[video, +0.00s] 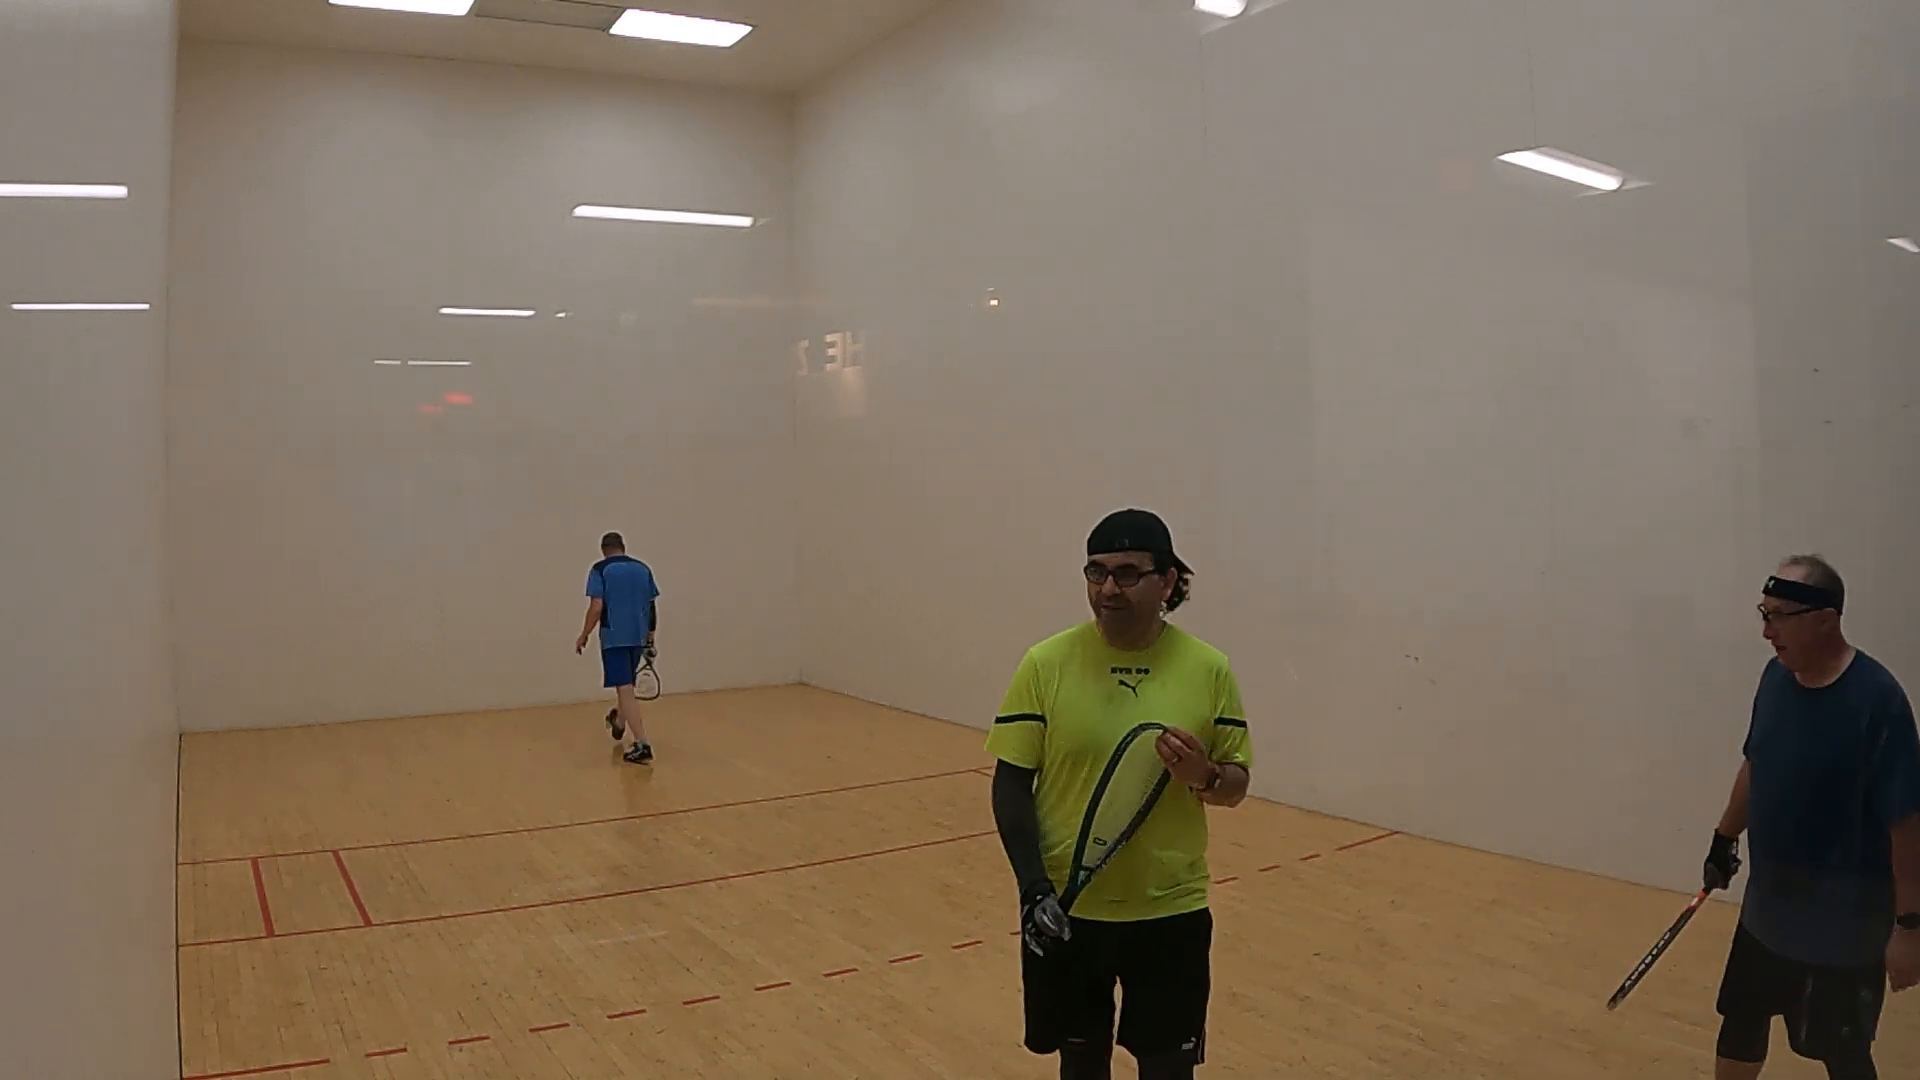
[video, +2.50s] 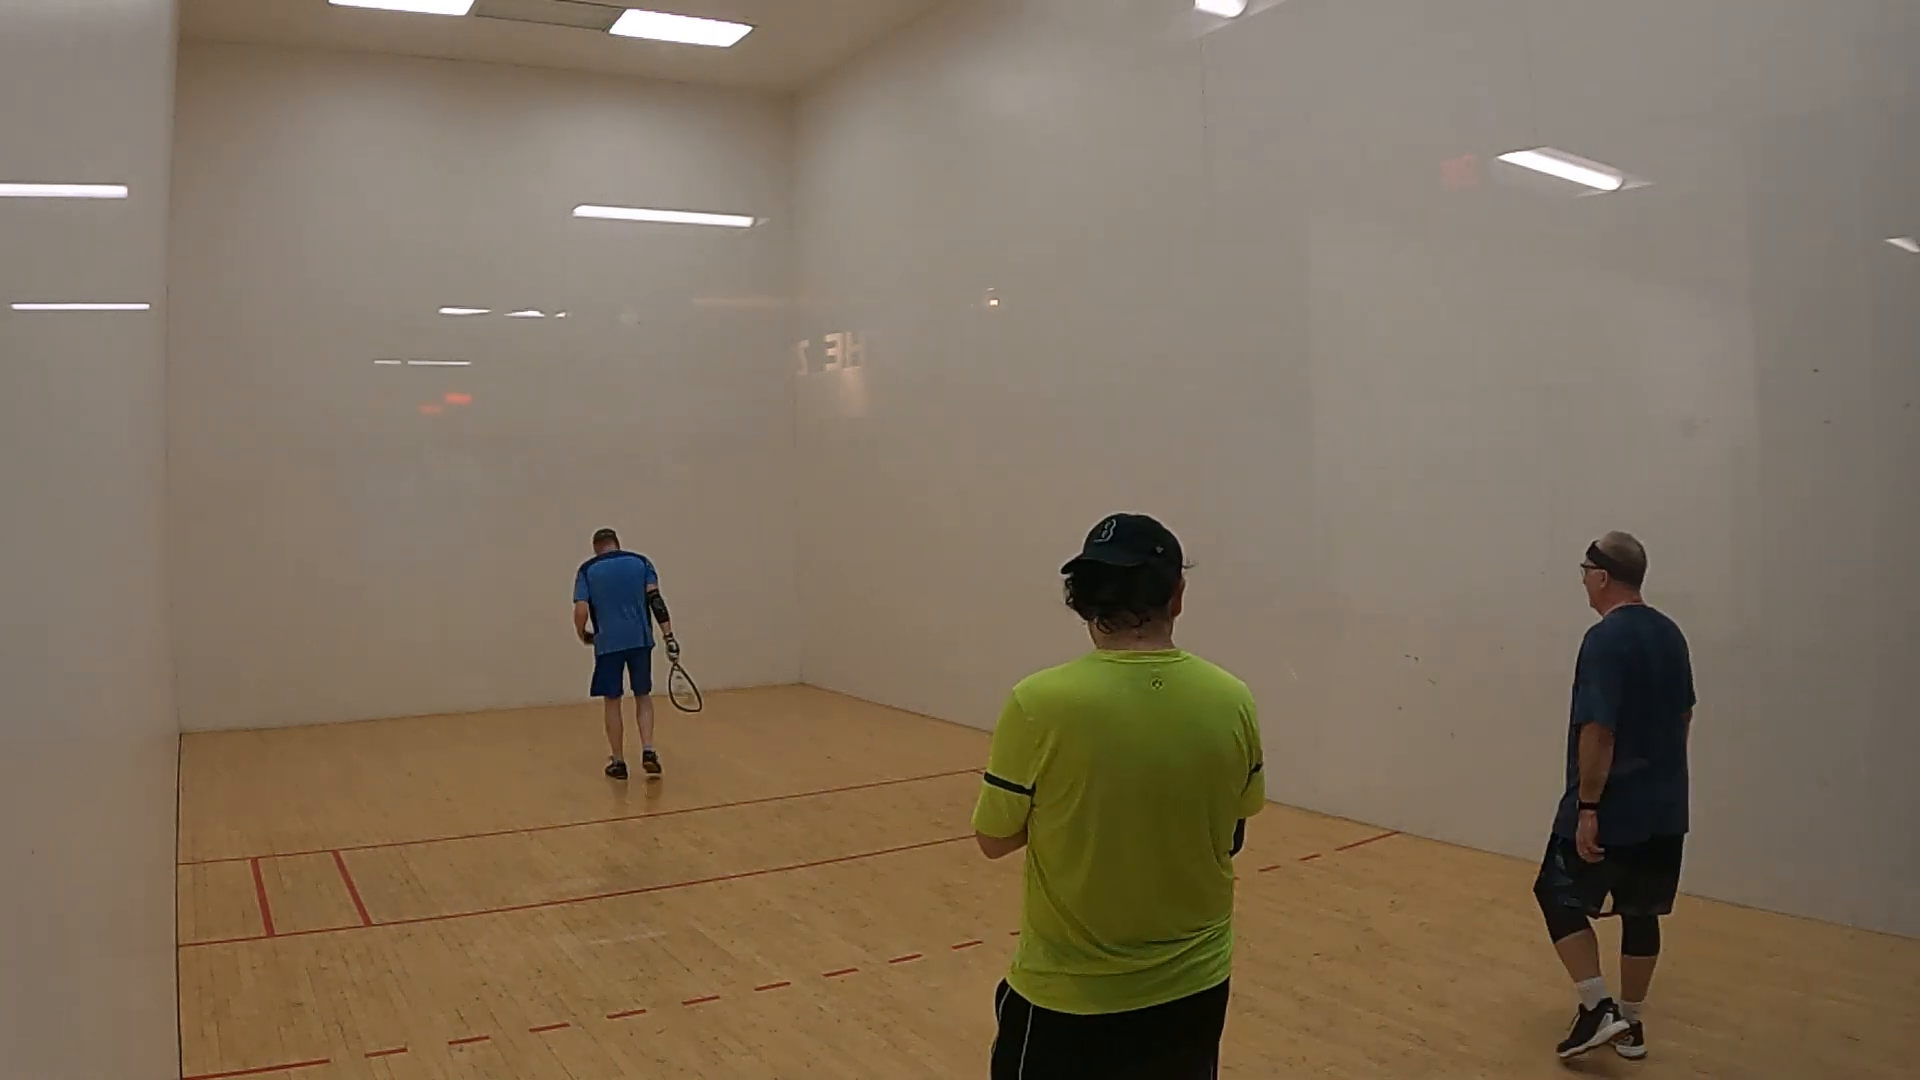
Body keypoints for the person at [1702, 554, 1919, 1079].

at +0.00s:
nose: (1764, 628)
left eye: (1776, 615)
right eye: (1763, 615)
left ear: (1825, 619)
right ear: (1816, 620)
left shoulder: (1879, 700)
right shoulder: (1779, 675)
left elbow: (1904, 821)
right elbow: (1755, 764)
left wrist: (1909, 924)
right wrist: (1724, 839)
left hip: (1846, 925)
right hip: (1770, 909)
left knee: (1846, 1056)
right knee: (1740, 1028)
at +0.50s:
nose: (1784, 607)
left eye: (1793, 595)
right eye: (1787, 595)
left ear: (1828, 606)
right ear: (1827, 607)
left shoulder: (1879, 686)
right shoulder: (1833, 678)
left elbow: (1890, 810)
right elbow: (1828, 785)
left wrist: (1873, 913)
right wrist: (1792, 861)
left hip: (1855, 905)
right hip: (1821, 895)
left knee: (1844, 1046)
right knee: (1829, 1038)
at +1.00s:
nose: (1780, 600)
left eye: (1786, 589)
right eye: (1782, 589)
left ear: (1812, 597)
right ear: (1835, 599)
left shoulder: (1833, 670)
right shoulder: (1869, 663)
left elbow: (1818, 787)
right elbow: (1858, 787)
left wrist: (1786, 881)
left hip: (1816, 881)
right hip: (1861, 881)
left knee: (1754, 988)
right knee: (1841, 997)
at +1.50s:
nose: (1707, 605)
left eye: (1709, 595)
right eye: (1707, 595)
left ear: (1724, 601)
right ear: (1764, 599)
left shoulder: (1722, 669)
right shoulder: (1809, 662)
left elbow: (1707, 778)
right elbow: (1833, 756)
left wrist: (1688, 859)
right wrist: (1821, 829)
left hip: (1733, 862)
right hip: (1802, 863)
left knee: (1695, 957)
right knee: (1802, 983)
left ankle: (1692, 1071)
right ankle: (1825, 1076)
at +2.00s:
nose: (1635, 592)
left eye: (1637, 584)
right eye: (1637, 583)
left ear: (1649, 591)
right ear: (1691, 587)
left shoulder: (1644, 657)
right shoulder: (1735, 646)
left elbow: (1607, 750)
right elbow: (1761, 733)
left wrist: (1575, 808)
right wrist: (1748, 801)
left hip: (1662, 835)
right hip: (1721, 829)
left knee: (1672, 947)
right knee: (1677, 931)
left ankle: (1686, 1065)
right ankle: (1662, 1024)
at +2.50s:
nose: (1584, 579)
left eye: (1587, 571)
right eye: (1586, 570)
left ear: (1602, 577)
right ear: (1636, 578)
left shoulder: (1604, 639)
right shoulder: (1670, 634)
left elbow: (1597, 729)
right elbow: (1683, 716)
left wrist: (1587, 807)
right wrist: (1662, 781)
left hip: (1603, 810)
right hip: (1663, 811)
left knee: (1558, 892)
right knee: (1642, 911)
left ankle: (1594, 1005)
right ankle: (1629, 1025)